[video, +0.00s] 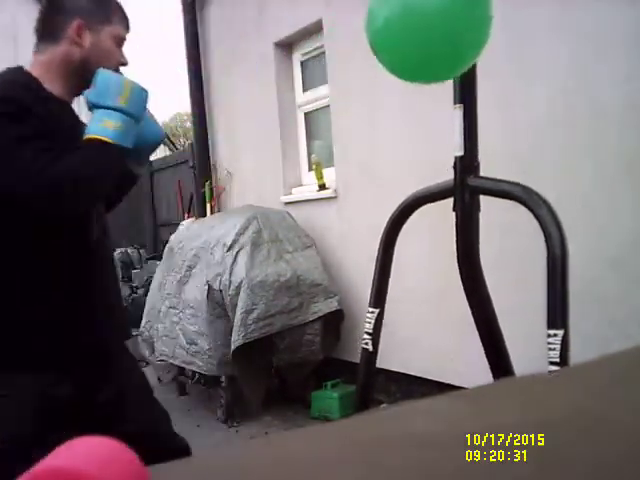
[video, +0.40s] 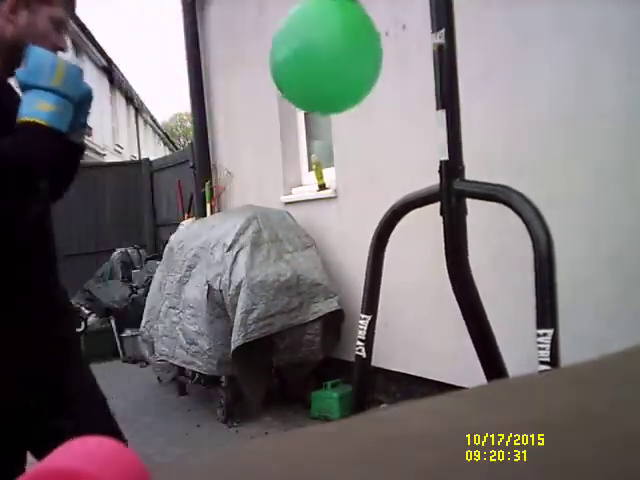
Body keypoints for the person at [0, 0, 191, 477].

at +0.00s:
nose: (123, 59)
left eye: (124, 44)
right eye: (118, 41)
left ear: (80, 36)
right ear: (79, 33)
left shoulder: (64, 119)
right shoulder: (10, 102)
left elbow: (84, 210)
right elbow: (51, 203)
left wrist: (128, 156)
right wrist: (106, 131)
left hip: (87, 348)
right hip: (34, 352)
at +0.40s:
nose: (62, 44)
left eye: (65, 30)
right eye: (56, 24)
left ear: (17, 16)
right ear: (13, 12)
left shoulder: (18, 93)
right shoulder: (2, 93)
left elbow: (41, 191)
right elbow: (12, 199)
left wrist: (67, 133)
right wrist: (40, 120)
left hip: (36, 320)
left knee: (96, 459)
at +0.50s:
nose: (64, 51)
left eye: (68, 37)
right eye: (61, 31)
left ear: (18, 18)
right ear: (17, 15)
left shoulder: (9, 107)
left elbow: (17, 219)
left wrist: (58, 152)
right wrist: (37, 138)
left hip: (36, 328)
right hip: (15, 334)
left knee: (118, 441)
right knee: (118, 440)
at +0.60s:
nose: (75, 35)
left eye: (78, 18)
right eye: (72, 13)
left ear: (27, 9)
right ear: (28, 5)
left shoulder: (16, 84)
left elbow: (31, 189)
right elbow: (4, 194)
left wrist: (69, 129)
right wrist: (55, 111)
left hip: (55, 313)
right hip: (15, 322)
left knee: (123, 433)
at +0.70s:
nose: (90, 19)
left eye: (92, 7)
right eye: (87, 4)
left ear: (42, 3)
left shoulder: (28, 72)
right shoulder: (9, 68)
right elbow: (49, 163)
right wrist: (88, 78)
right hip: (33, 319)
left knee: (120, 446)